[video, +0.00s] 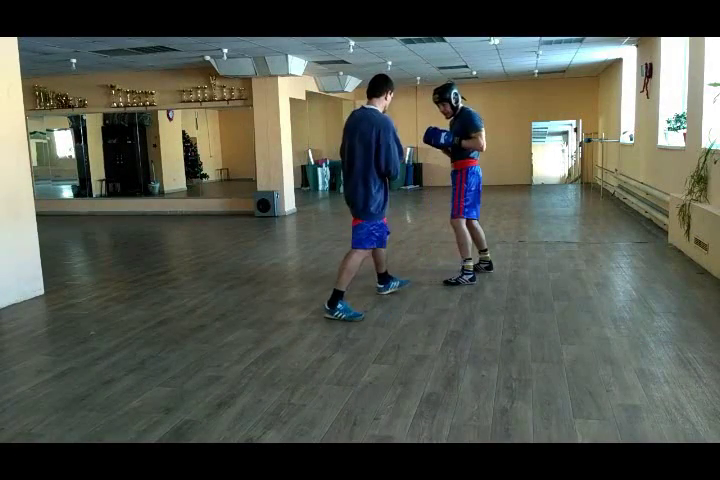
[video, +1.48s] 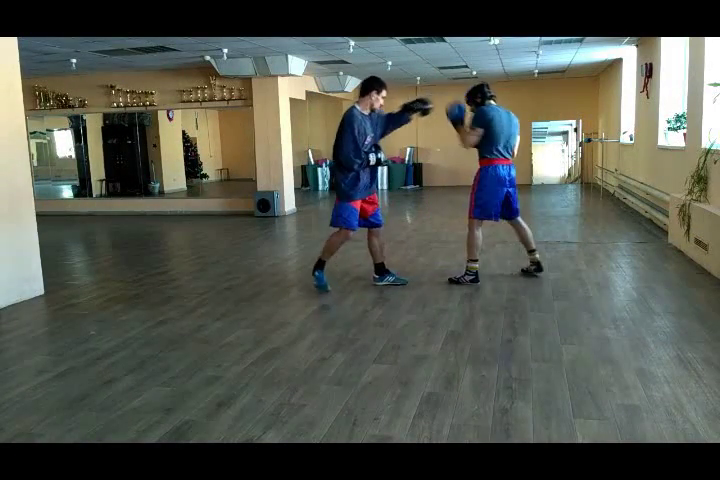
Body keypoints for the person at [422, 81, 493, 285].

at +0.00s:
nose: (442, 110)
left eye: (443, 105)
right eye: (439, 106)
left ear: (454, 100)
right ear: (442, 104)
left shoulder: (469, 115)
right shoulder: (455, 121)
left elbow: (480, 144)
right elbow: (456, 153)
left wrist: (453, 141)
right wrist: (441, 143)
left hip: (467, 170)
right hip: (462, 170)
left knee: (457, 220)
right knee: (470, 219)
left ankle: (467, 271)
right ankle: (485, 260)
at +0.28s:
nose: (441, 110)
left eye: (443, 106)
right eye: (440, 107)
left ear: (454, 100)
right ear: (454, 101)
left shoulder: (471, 112)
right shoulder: (459, 117)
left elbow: (460, 139)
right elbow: (455, 149)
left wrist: (449, 116)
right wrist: (438, 135)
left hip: (469, 168)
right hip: (466, 167)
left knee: (462, 219)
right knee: (474, 218)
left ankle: (468, 270)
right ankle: (485, 259)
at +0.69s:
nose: (457, 112)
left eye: (457, 107)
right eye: (455, 108)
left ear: (467, 102)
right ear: (470, 101)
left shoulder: (482, 116)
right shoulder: (482, 116)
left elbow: (488, 145)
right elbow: (477, 146)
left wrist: (464, 141)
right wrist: (460, 140)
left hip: (478, 171)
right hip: (485, 170)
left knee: (463, 219)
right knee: (484, 217)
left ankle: (467, 271)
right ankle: (502, 261)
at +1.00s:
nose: (459, 110)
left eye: (459, 106)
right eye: (458, 107)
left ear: (468, 101)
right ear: (472, 100)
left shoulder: (484, 114)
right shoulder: (488, 114)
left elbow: (484, 145)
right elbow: (479, 143)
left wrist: (463, 135)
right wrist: (461, 135)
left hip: (483, 169)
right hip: (494, 168)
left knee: (470, 219)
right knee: (489, 216)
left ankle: (473, 271)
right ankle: (503, 261)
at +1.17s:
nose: (457, 108)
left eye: (457, 105)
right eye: (457, 104)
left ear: (461, 101)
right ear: (474, 97)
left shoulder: (471, 113)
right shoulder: (496, 113)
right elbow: (477, 138)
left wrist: (446, 112)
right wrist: (453, 135)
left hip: (483, 169)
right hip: (500, 166)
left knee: (475, 219)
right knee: (499, 216)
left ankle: (473, 271)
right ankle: (506, 260)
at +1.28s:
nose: (456, 105)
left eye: (456, 102)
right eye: (456, 101)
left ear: (460, 99)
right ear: (474, 95)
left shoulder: (469, 112)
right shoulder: (497, 111)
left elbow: (439, 130)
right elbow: (484, 138)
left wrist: (446, 108)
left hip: (484, 169)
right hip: (502, 166)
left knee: (475, 220)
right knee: (501, 216)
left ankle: (473, 271)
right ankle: (509, 259)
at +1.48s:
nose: (471, 108)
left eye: (471, 105)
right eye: (470, 105)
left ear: (476, 100)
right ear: (489, 97)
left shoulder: (483, 112)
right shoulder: (512, 117)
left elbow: (469, 141)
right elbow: (513, 152)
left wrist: (458, 124)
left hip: (489, 171)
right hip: (508, 171)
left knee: (475, 223)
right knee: (514, 218)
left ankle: (471, 272)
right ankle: (535, 262)